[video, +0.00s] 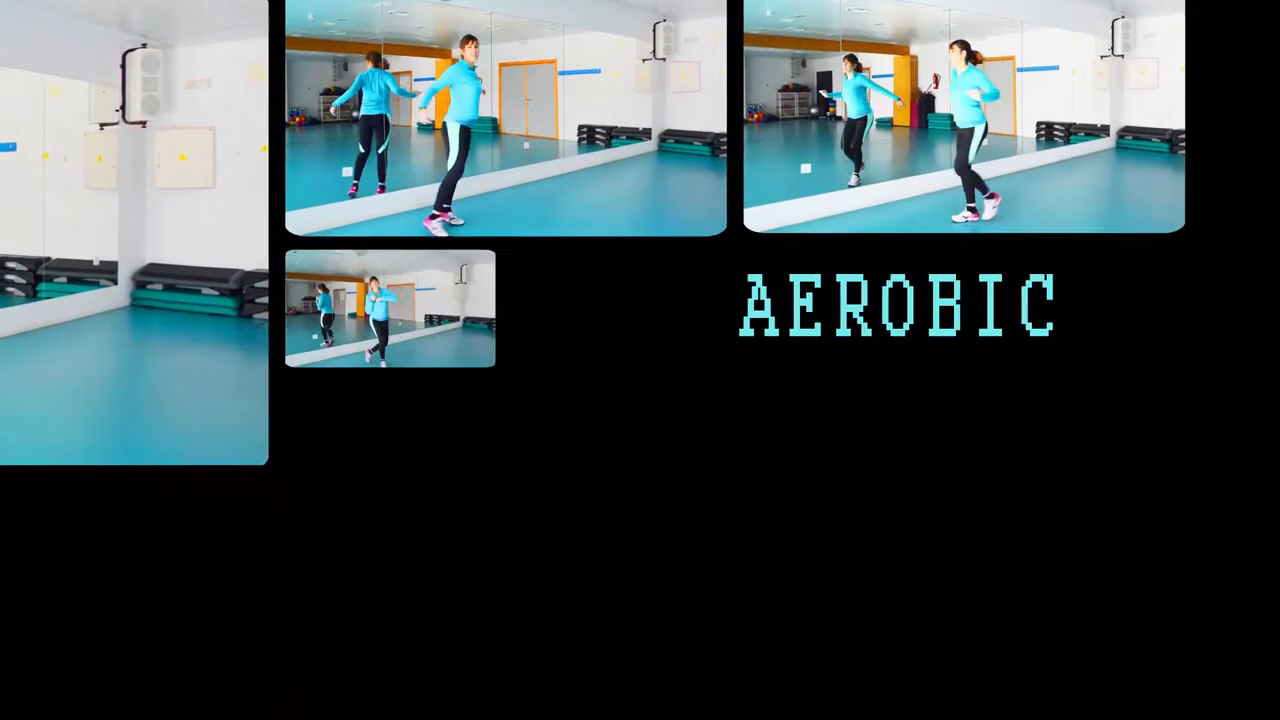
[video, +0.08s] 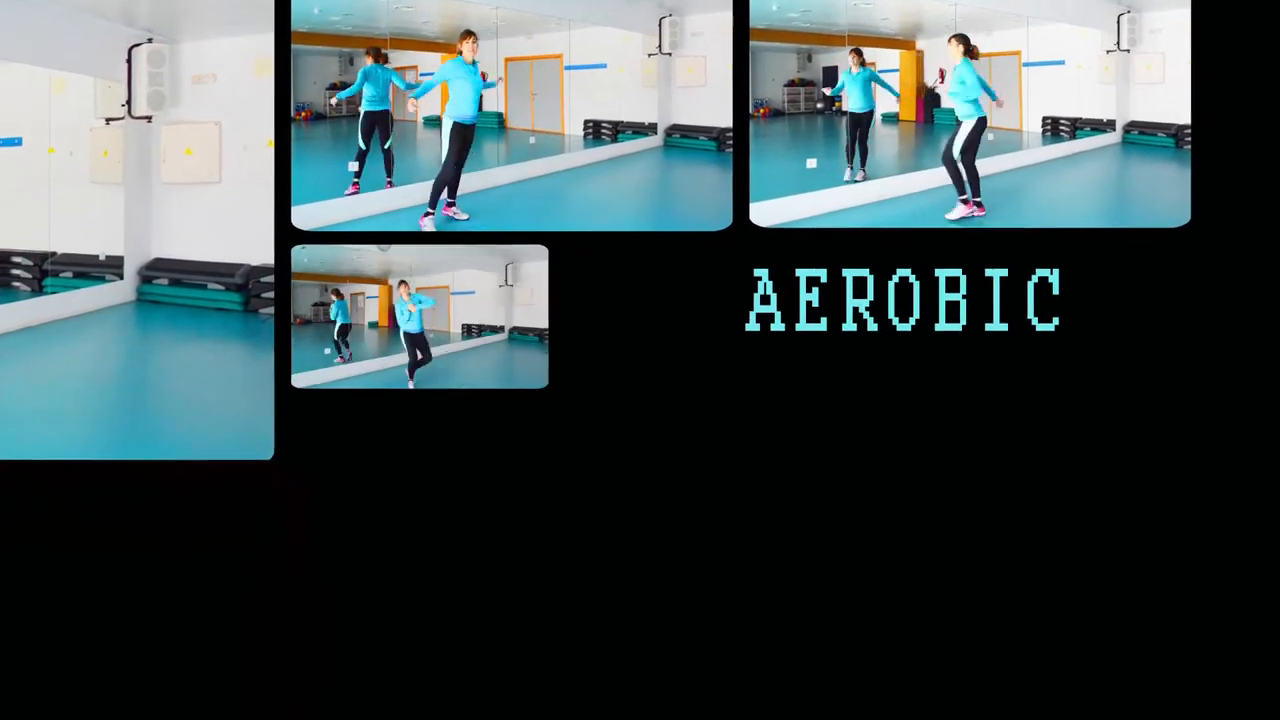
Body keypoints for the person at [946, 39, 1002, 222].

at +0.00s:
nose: (949, 54)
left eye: (952, 51)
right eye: (950, 51)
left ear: (963, 53)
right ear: (959, 53)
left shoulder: (976, 74)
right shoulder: (954, 73)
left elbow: (995, 93)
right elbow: (958, 94)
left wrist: (981, 95)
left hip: (976, 125)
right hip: (962, 125)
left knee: (962, 166)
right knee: (961, 167)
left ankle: (990, 196)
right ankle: (971, 209)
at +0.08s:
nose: (948, 48)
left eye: (951, 44)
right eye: (949, 45)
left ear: (961, 47)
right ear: (962, 48)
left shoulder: (963, 66)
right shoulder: (964, 66)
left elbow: (974, 93)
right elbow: (981, 82)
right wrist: (994, 97)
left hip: (972, 119)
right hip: (972, 118)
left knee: (948, 157)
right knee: (968, 159)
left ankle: (965, 203)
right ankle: (977, 204)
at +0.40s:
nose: (976, 27)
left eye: (975, 24)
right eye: (973, 24)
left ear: (961, 27)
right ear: (963, 25)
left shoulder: (949, 43)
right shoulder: (968, 42)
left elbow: (932, 64)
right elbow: (961, 68)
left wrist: (947, 78)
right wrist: (976, 91)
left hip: (945, 94)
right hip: (961, 94)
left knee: (948, 141)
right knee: (965, 141)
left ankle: (939, 187)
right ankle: (960, 191)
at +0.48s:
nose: (974, 22)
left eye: (975, 18)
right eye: (970, 19)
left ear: (973, 21)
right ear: (962, 21)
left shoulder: (967, 39)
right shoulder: (960, 38)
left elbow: (946, 59)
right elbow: (941, 57)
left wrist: (946, 83)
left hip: (959, 92)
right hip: (954, 92)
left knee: (954, 137)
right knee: (957, 138)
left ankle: (940, 181)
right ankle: (942, 185)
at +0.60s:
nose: (971, 15)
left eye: (972, 12)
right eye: (967, 12)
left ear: (972, 16)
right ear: (956, 16)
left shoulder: (969, 38)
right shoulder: (949, 35)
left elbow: (969, 58)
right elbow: (928, 51)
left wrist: (981, 54)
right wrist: (913, 67)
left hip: (963, 91)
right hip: (950, 90)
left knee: (953, 133)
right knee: (948, 134)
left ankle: (943, 175)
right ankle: (926, 182)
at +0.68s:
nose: (966, 13)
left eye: (968, 10)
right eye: (962, 10)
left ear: (971, 14)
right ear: (954, 13)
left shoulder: (971, 34)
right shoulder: (944, 34)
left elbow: (975, 53)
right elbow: (925, 51)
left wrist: (996, 48)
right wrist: (907, 61)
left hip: (965, 91)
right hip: (947, 90)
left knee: (954, 134)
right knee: (941, 136)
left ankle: (947, 172)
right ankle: (922, 183)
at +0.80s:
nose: (961, 10)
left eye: (964, 7)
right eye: (957, 6)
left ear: (967, 10)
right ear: (950, 10)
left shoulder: (973, 33)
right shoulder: (938, 31)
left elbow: (991, 48)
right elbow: (922, 54)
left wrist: (1009, 41)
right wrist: (911, 54)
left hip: (961, 90)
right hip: (940, 90)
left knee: (961, 133)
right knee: (938, 135)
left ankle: (954, 168)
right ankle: (927, 180)